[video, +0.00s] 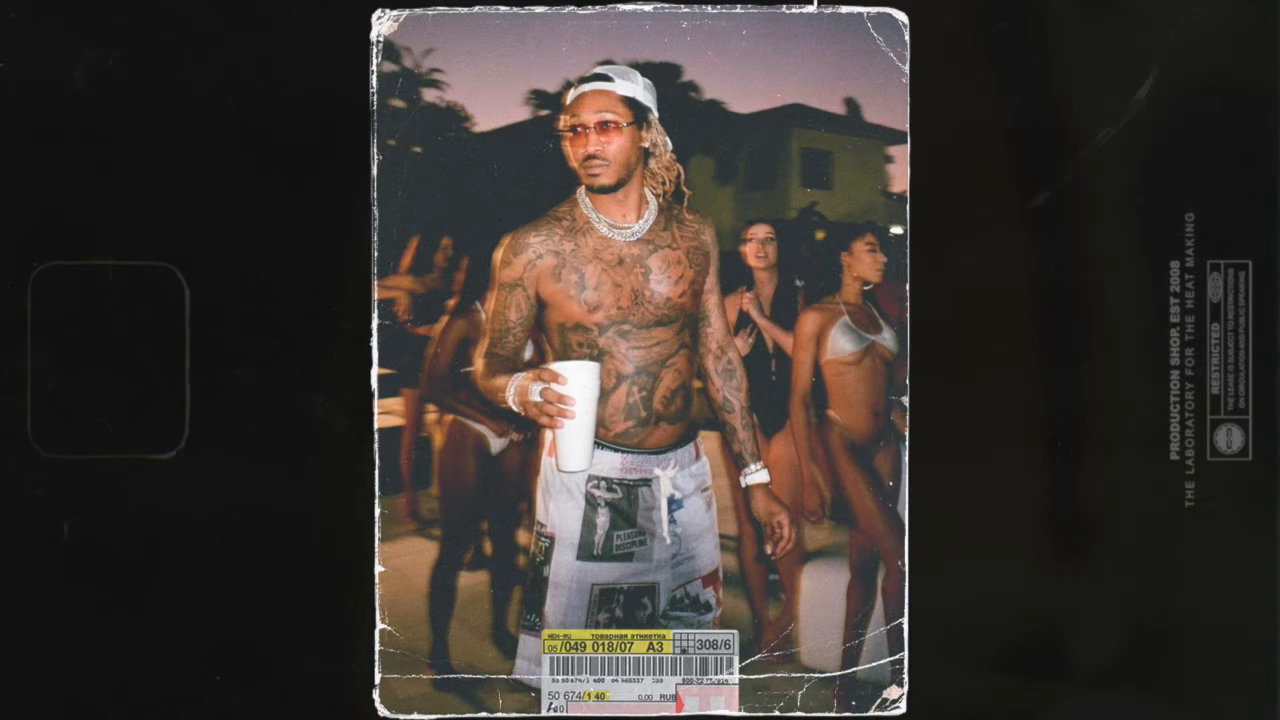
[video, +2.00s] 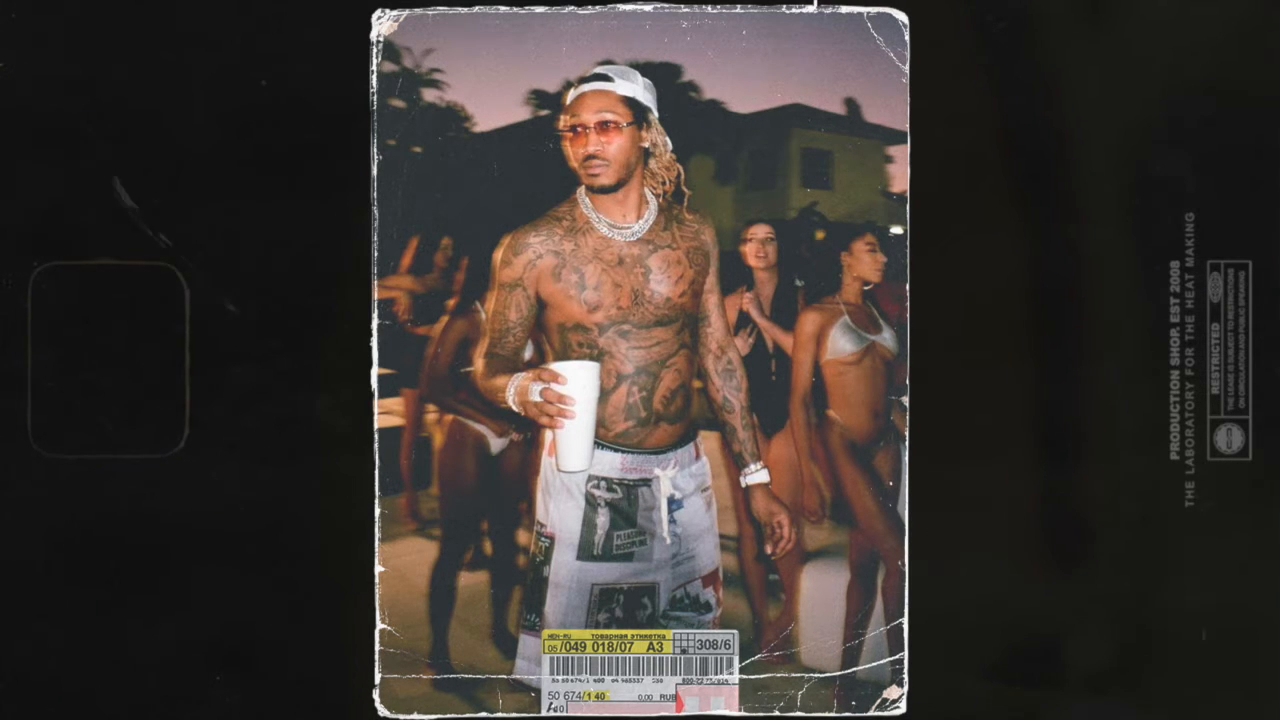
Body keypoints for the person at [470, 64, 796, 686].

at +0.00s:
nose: (590, 143)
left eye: (608, 126)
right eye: (576, 130)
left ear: (646, 138)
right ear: (565, 144)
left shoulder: (693, 236)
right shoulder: (532, 248)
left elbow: (720, 358)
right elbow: (491, 365)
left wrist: (756, 481)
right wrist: (516, 389)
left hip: (681, 477)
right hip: (582, 481)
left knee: (689, 662)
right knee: (574, 666)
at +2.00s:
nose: (590, 143)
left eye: (608, 126)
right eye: (576, 130)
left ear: (646, 139)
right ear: (565, 144)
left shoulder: (693, 235)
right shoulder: (533, 248)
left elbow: (720, 358)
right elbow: (491, 365)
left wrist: (756, 482)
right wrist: (517, 389)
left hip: (681, 476)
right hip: (583, 481)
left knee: (689, 661)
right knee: (574, 667)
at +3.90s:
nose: (590, 143)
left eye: (608, 126)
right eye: (576, 130)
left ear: (646, 138)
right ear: (565, 143)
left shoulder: (693, 236)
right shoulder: (532, 248)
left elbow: (720, 358)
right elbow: (490, 366)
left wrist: (756, 481)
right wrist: (516, 389)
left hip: (681, 477)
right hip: (582, 482)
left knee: (689, 663)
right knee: (573, 667)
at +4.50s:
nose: (590, 143)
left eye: (608, 126)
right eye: (576, 130)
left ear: (646, 138)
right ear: (565, 143)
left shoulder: (693, 236)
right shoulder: (532, 248)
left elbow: (720, 358)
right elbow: (490, 366)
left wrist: (756, 481)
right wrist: (516, 389)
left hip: (681, 477)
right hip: (582, 482)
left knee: (690, 663)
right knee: (574, 666)